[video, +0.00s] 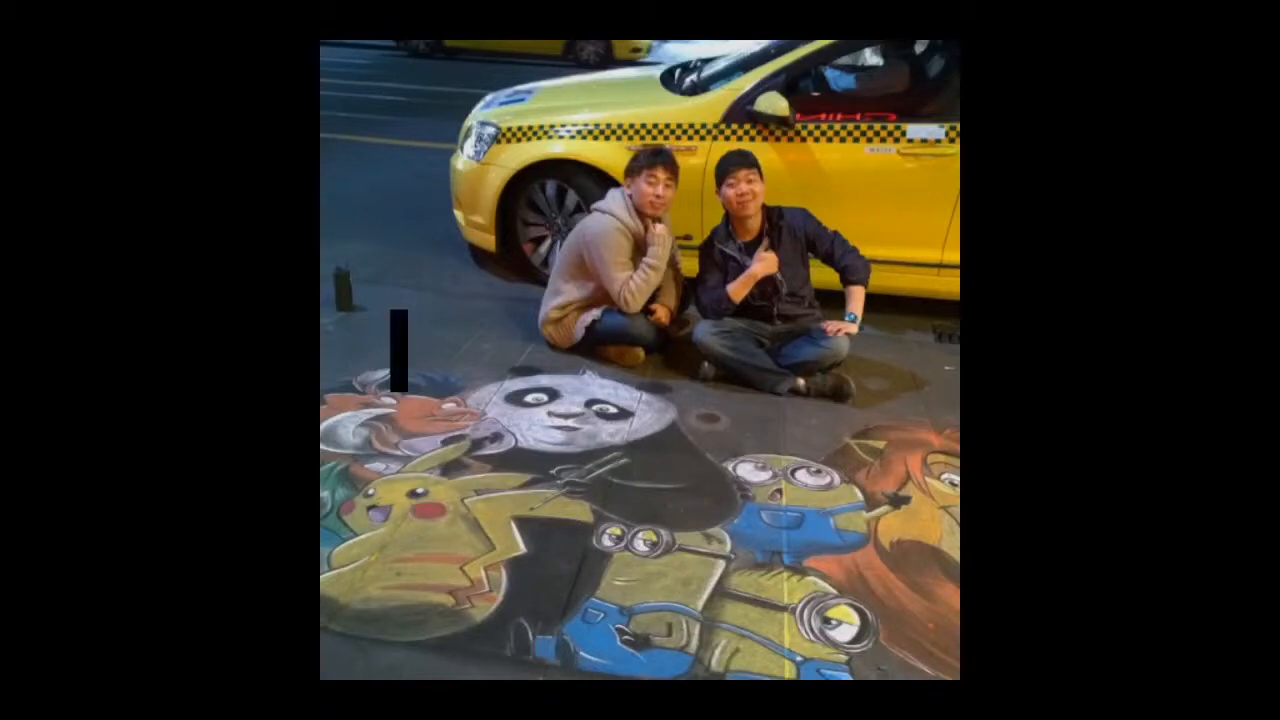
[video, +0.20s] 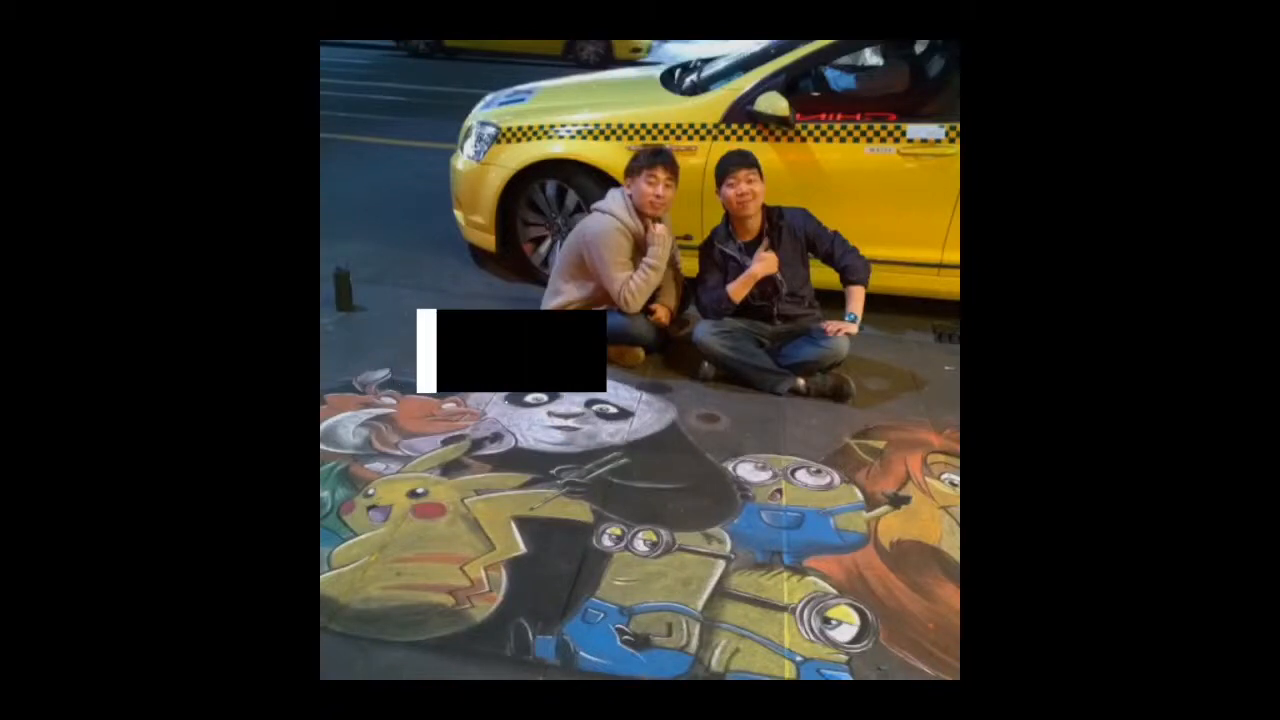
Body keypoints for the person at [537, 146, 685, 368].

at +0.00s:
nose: (660, 193)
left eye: (668, 185)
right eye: (651, 182)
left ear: (675, 193)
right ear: (629, 184)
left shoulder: (656, 221)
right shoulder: (605, 227)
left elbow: (670, 269)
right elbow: (629, 301)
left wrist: (665, 304)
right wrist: (658, 251)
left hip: (607, 305)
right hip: (566, 320)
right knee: (638, 327)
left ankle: (622, 346)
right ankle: (669, 334)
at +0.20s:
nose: (660, 193)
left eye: (668, 185)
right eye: (651, 182)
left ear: (674, 193)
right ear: (629, 185)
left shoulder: (657, 220)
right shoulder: (605, 227)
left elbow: (670, 270)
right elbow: (629, 301)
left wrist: (665, 304)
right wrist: (658, 251)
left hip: (613, 303)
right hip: (574, 307)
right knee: (636, 327)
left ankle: (623, 345)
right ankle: (671, 332)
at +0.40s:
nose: (660, 193)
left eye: (668, 185)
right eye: (651, 183)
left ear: (675, 192)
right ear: (629, 185)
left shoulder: (656, 219)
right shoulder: (604, 228)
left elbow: (669, 267)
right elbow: (629, 300)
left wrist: (664, 303)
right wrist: (658, 251)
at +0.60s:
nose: (660, 193)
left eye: (668, 185)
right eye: (651, 183)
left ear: (675, 192)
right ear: (629, 184)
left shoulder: (656, 220)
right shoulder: (604, 228)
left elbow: (669, 270)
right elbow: (628, 300)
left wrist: (663, 306)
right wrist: (658, 251)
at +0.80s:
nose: (660, 193)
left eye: (668, 185)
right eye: (651, 183)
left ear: (675, 192)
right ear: (629, 184)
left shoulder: (656, 222)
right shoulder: (604, 228)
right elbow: (628, 300)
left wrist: (662, 305)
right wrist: (658, 252)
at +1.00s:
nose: (660, 193)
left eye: (668, 185)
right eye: (651, 183)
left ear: (675, 192)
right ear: (629, 184)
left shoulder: (656, 221)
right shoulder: (604, 228)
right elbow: (628, 300)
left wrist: (662, 306)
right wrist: (658, 252)